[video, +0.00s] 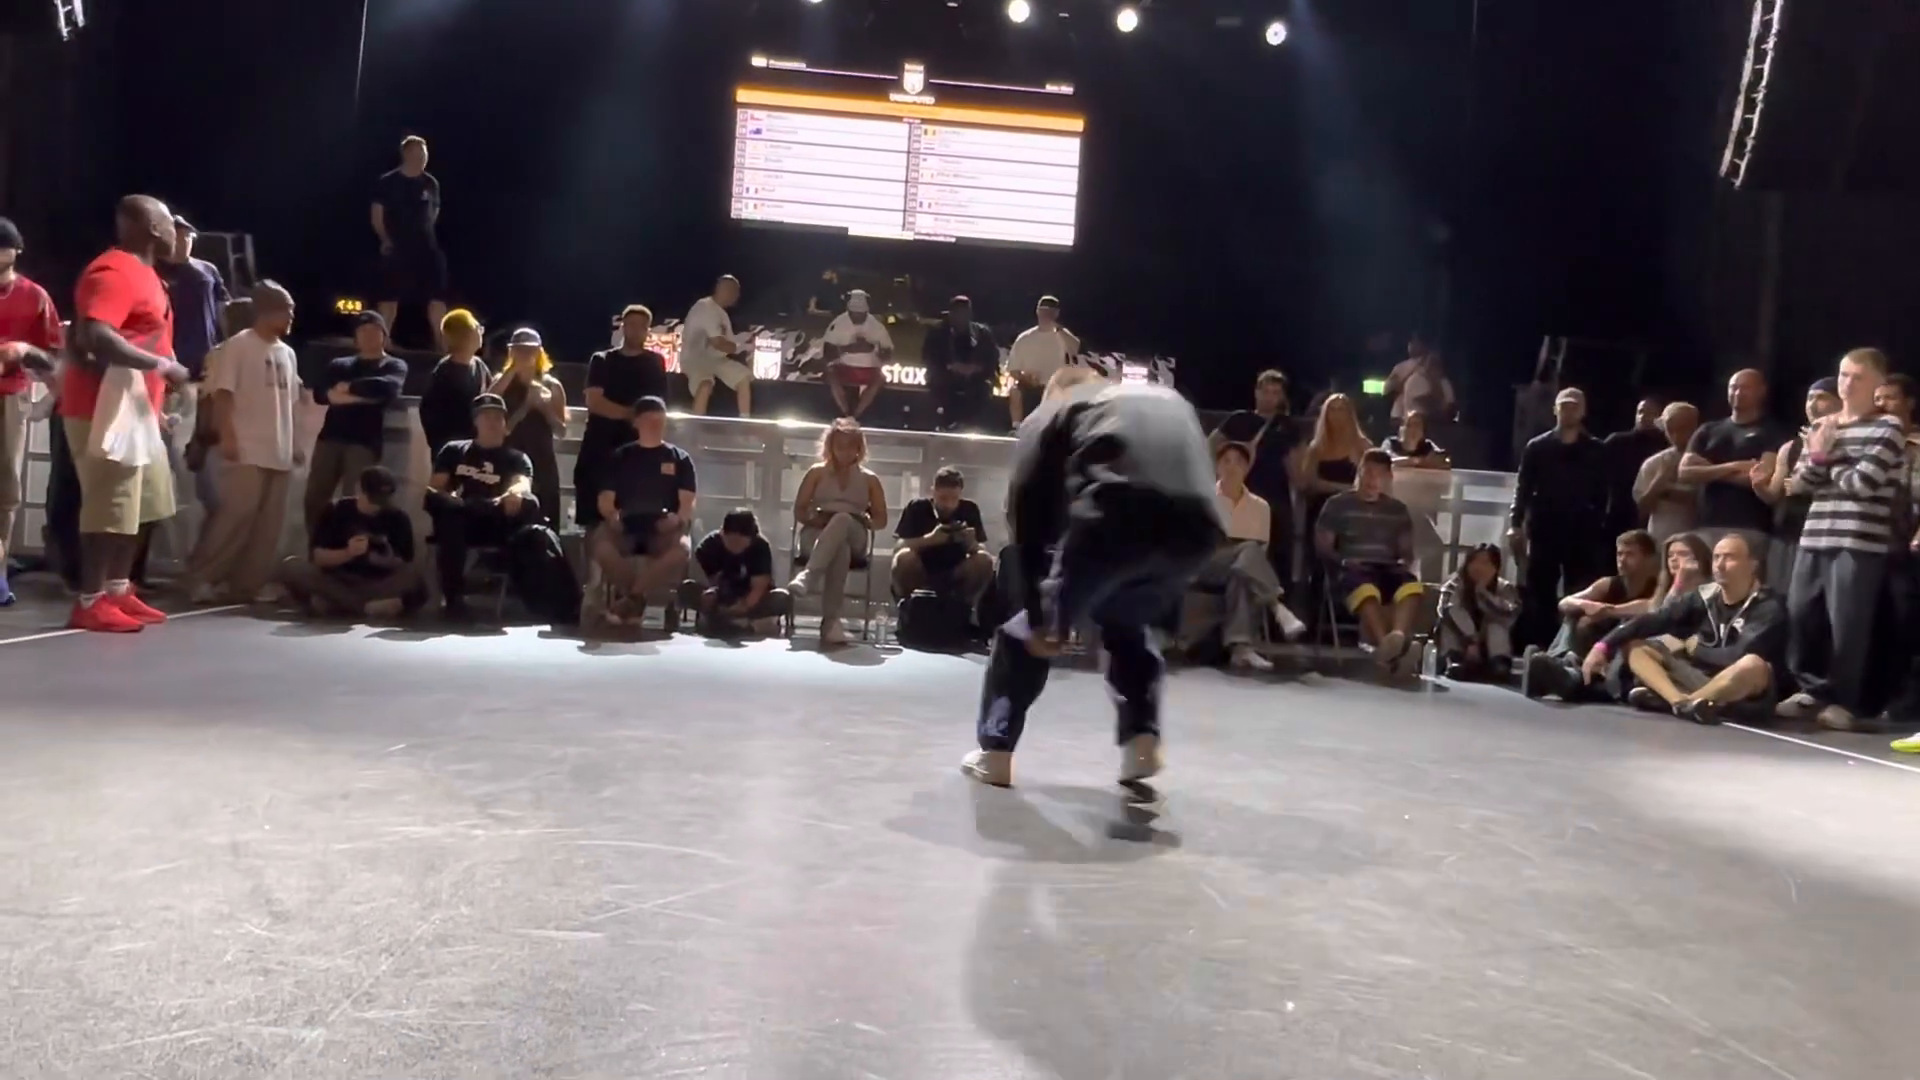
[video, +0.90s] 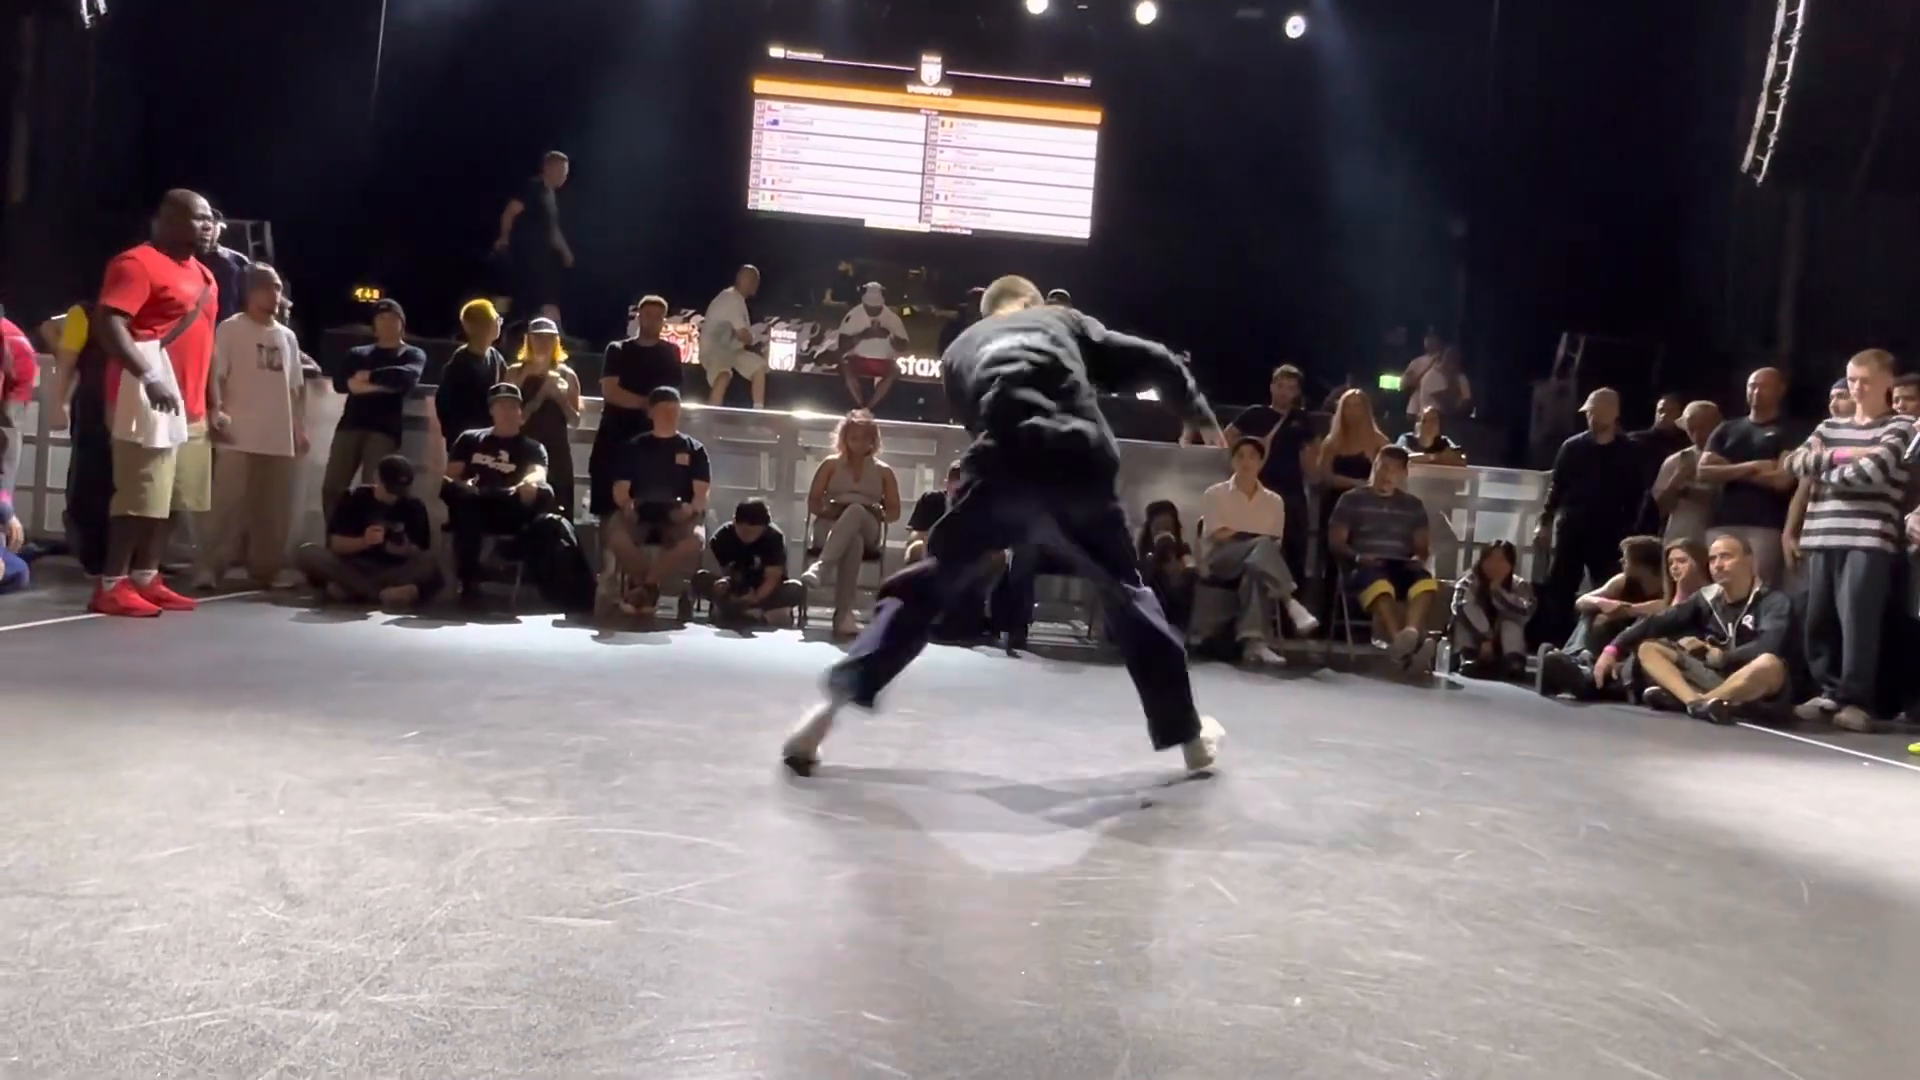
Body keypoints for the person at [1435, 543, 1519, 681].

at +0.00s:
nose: (1478, 568)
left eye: (1485, 563)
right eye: (1474, 562)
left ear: (1495, 569)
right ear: (1467, 565)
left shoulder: (1505, 588)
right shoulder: (1454, 585)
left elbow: (1510, 613)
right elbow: (1448, 610)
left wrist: (1482, 592)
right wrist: (1471, 639)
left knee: (1495, 624)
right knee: (1449, 621)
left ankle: (1500, 662)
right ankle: (1453, 661)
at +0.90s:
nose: (1494, 566)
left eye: (1501, 561)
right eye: (1490, 559)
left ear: (1510, 566)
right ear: (1482, 561)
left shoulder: (1520, 585)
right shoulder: (1467, 583)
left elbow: (1526, 611)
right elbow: (1462, 607)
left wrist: (1497, 591)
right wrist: (1485, 636)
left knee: (1510, 621)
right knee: (1464, 617)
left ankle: (1514, 660)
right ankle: (1467, 658)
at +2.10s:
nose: (1509, 557)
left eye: (1517, 553)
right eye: (1505, 551)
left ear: (1526, 558)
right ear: (1497, 553)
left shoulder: (1534, 577)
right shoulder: (1484, 573)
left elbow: (1540, 604)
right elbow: (1477, 599)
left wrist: (1512, 582)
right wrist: (1499, 629)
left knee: (1525, 612)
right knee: (1478, 609)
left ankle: (1529, 653)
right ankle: (1482, 650)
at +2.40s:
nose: (1510, 556)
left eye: (1518, 551)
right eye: (1506, 549)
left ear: (1527, 557)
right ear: (1499, 552)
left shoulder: (1536, 576)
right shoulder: (1484, 572)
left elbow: (1542, 602)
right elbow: (1478, 597)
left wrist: (1513, 581)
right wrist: (1500, 627)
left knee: (1526, 611)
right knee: (1480, 607)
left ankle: (1530, 650)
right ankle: (1483, 647)